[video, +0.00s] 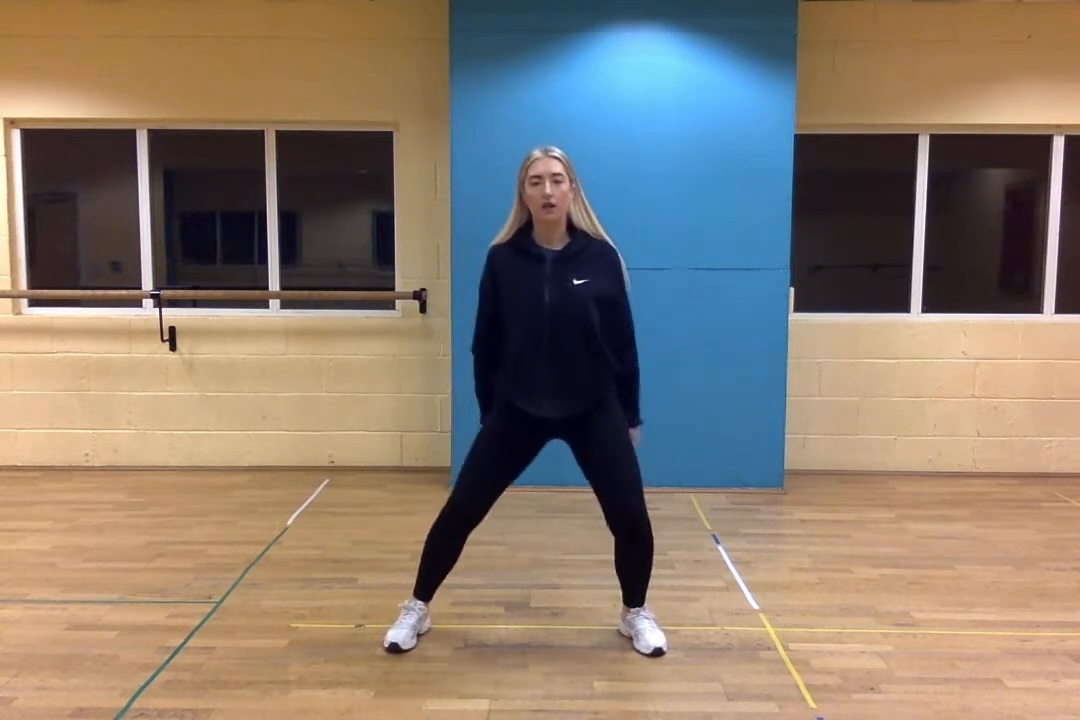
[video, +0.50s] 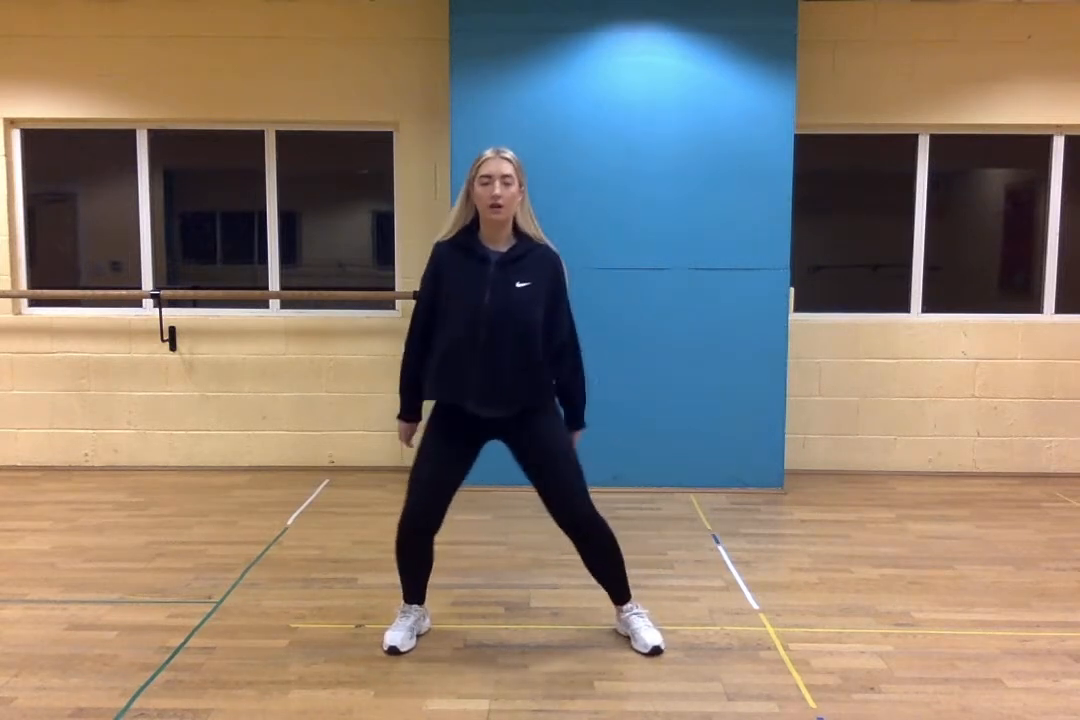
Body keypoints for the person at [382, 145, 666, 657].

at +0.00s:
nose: (548, 189)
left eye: (557, 180)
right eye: (537, 182)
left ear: (572, 189)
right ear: (523, 193)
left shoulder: (601, 254)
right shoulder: (503, 258)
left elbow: (623, 339)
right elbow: (486, 339)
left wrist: (630, 415)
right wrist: (490, 411)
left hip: (593, 407)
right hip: (519, 408)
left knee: (632, 518)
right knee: (461, 509)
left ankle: (636, 612)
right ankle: (416, 608)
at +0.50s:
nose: (496, 190)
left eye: (506, 181)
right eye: (486, 181)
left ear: (520, 191)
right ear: (471, 192)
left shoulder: (543, 260)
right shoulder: (447, 255)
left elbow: (563, 341)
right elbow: (421, 332)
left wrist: (574, 417)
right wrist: (409, 406)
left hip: (528, 409)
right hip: (458, 409)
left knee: (577, 513)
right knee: (417, 517)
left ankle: (628, 609)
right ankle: (412, 610)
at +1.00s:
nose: (547, 190)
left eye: (556, 181)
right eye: (537, 183)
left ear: (572, 189)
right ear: (524, 194)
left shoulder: (599, 256)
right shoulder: (504, 257)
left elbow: (626, 336)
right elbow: (487, 335)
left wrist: (648, 415)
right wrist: (488, 405)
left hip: (588, 407)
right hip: (517, 407)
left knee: (625, 514)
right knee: (458, 505)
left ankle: (637, 611)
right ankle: (416, 607)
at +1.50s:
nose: (506, 183)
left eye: (516, 175)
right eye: (496, 175)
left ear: (529, 186)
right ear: (480, 185)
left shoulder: (551, 253)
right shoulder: (454, 249)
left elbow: (569, 332)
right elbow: (428, 324)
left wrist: (573, 404)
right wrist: (417, 400)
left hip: (537, 400)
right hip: (467, 400)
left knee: (582, 505)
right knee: (425, 510)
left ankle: (631, 608)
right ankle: (412, 609)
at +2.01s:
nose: (541, 185)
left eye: (550, 175)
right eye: (530, 176)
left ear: (566, 183)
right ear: (517, 188)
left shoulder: (595, 250)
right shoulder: (497, 251)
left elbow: (625, 330)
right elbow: (479, 327)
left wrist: (646, 406)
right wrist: (489, 391)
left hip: (579, 403)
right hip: (508, 400)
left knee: (616, 513)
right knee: (451, 505)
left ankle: (636, 610)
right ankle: (413, 605)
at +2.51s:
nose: (517, 183)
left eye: (526, 173)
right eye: (506, 174)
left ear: (539, 182)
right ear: (490, 184)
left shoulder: (562, 248)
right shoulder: (466, 248)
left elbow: (581, 327)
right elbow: (439, 324)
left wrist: (583, 400)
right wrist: (433, 404)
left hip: (554, 400)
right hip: (482, 401)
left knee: (594, 506)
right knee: (437, 509)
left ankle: (633, 608)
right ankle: (412, 608)